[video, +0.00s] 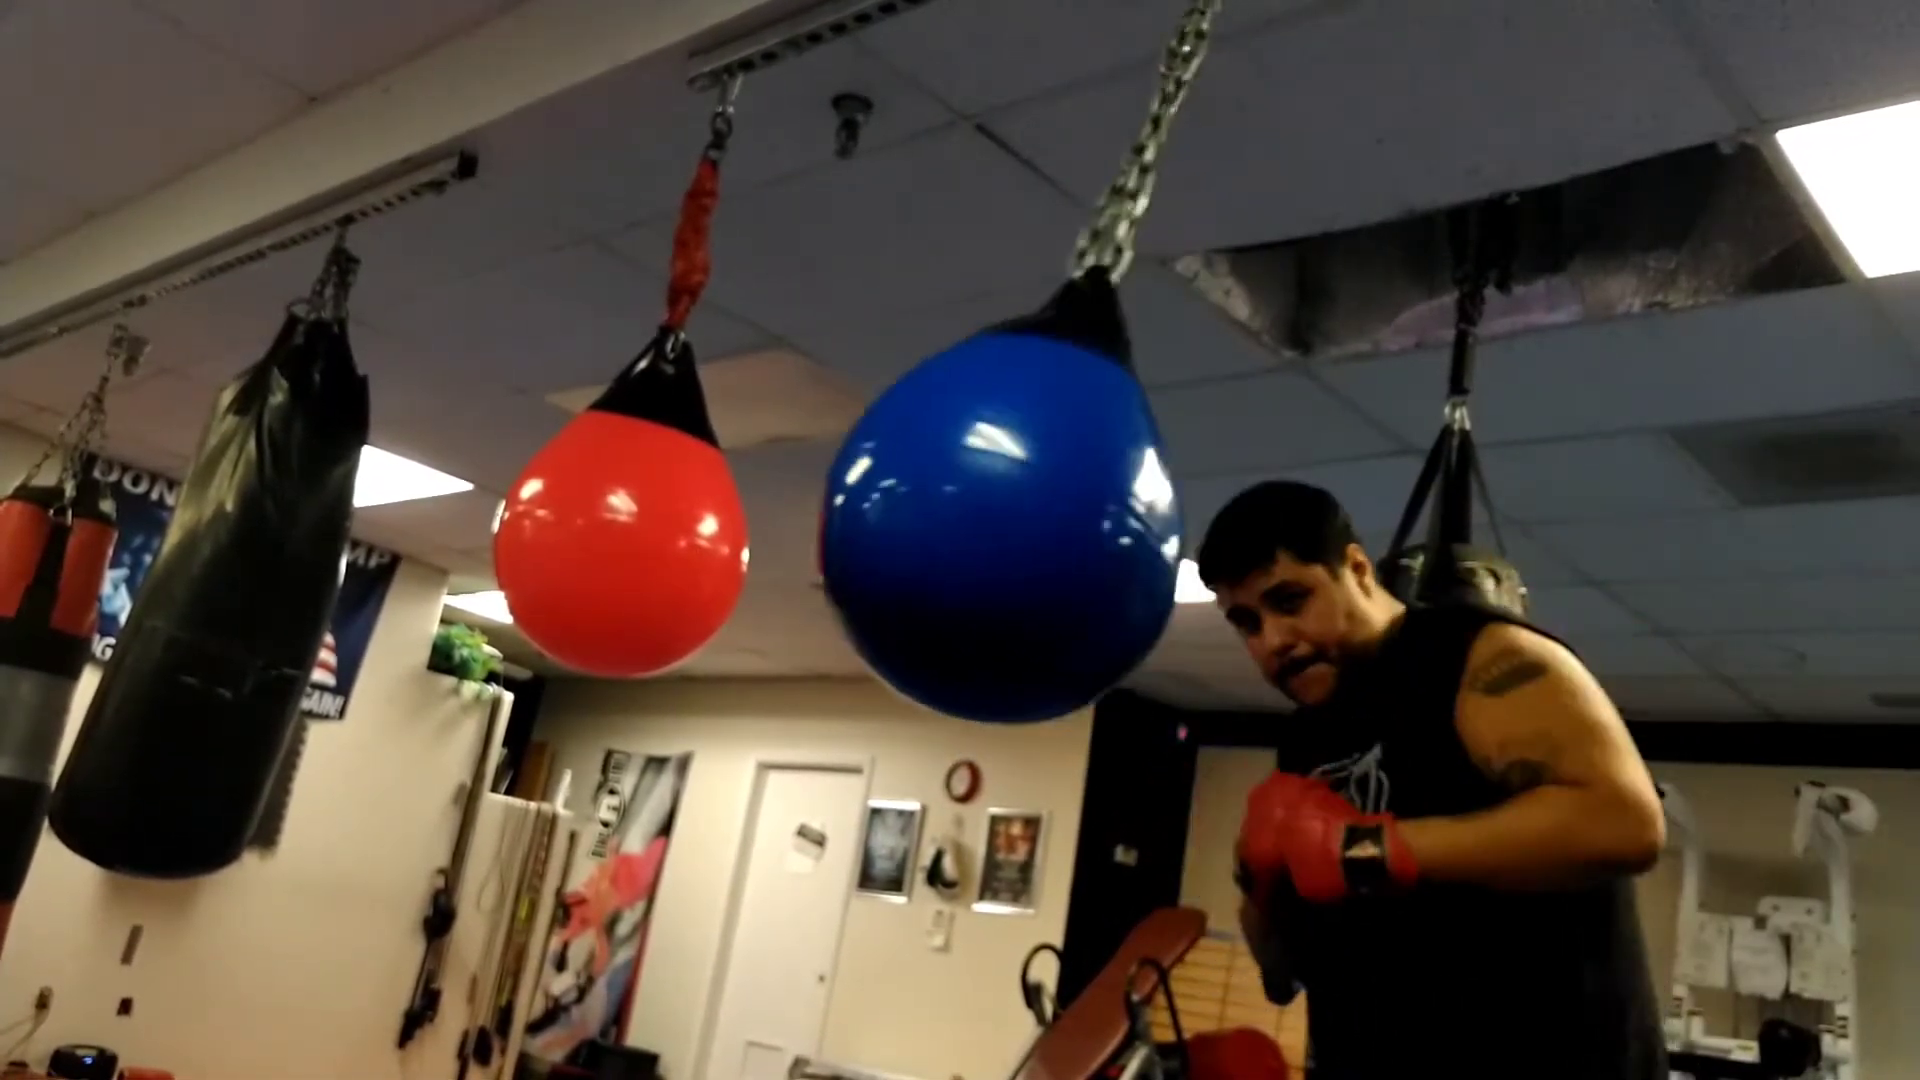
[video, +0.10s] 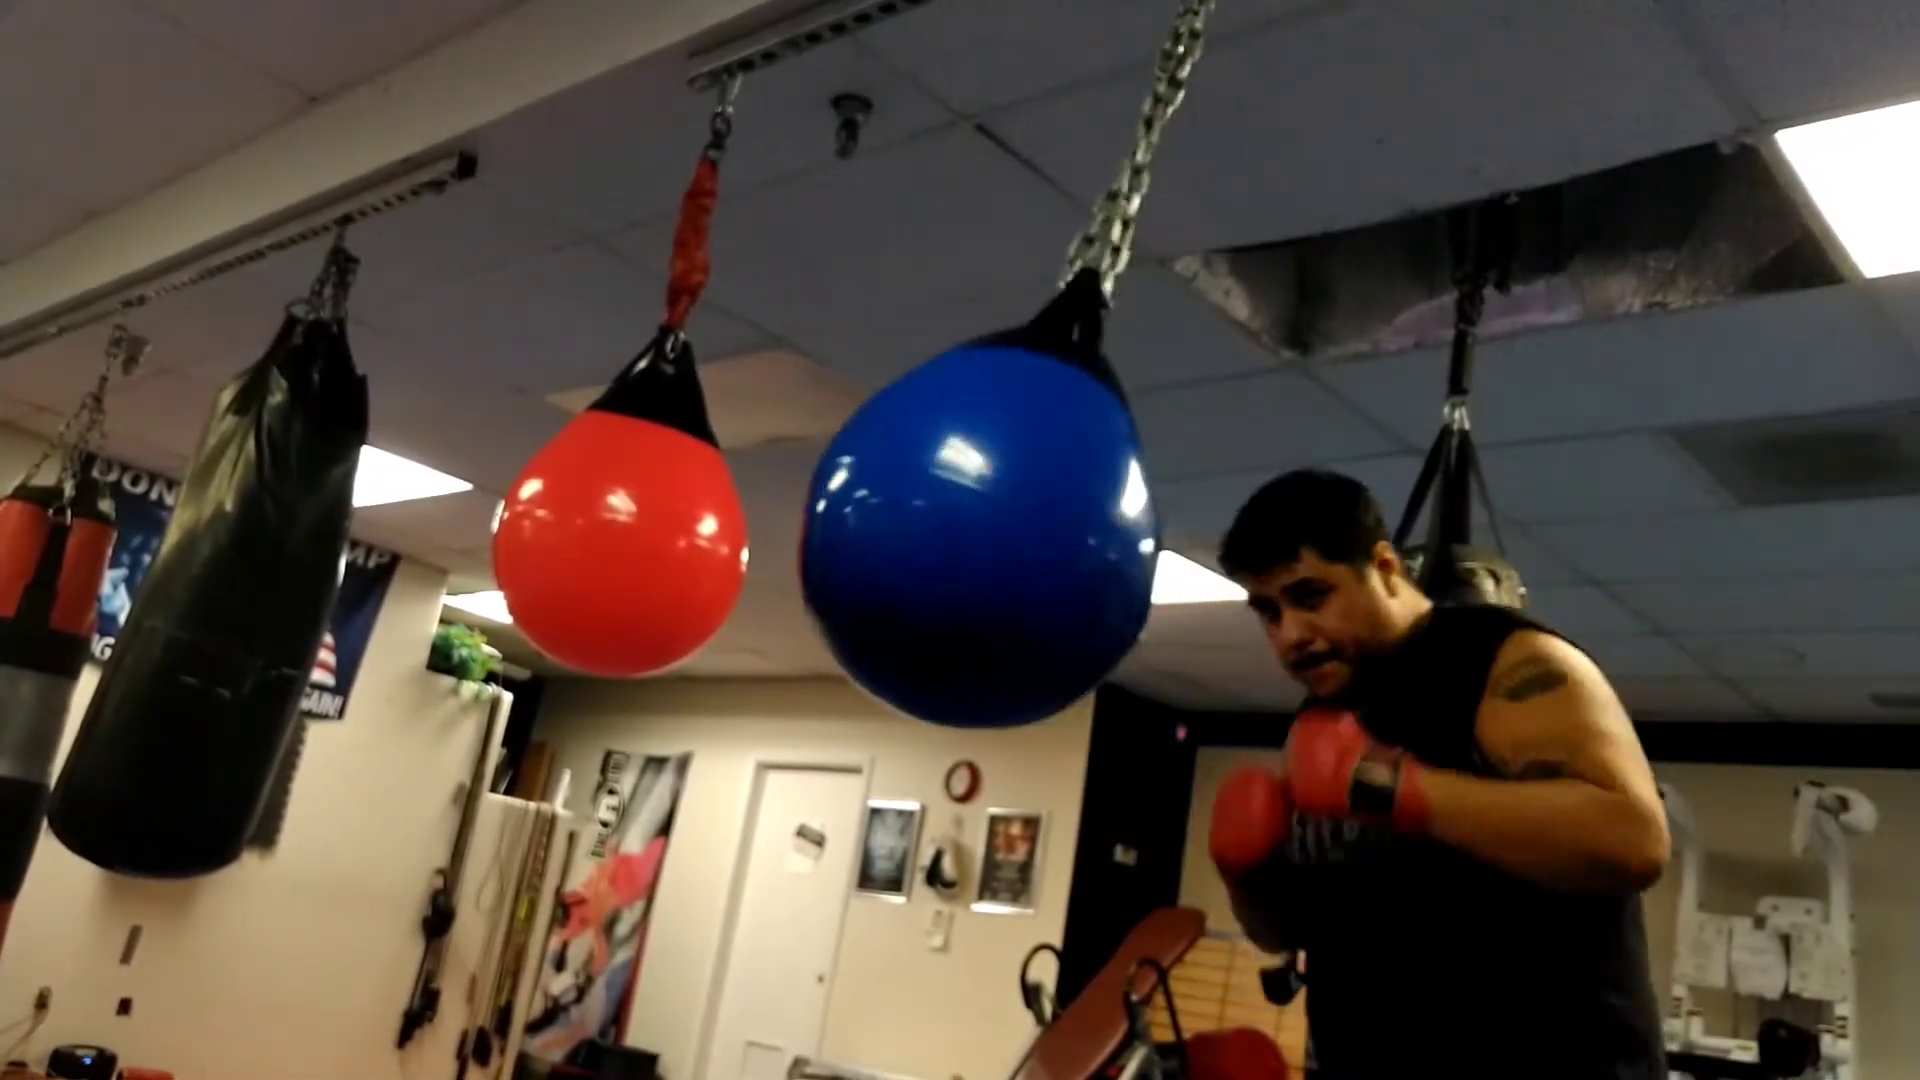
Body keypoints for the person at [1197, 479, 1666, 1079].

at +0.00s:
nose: (1274, 641)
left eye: (1291, 601)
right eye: (1247, 623)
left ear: (1357, 570)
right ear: (1234, 631)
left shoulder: (1493, 659)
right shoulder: (1310, 738)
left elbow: (1622, 818)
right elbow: (1281, 965)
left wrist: (1375, 847)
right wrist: (1267, 876)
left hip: (1551, 1078)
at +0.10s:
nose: (1289, 636)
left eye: (1310, 597)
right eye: (1268, 614)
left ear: (1386, 568)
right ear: (1254, 617)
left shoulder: (1522, 665)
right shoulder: (1327, 725)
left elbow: (1632, 838)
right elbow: (1280, 934)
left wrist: (1391, 782)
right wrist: (1251, 870)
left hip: (1552, 1072)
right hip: (1376, 1074)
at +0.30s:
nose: (1326, 634)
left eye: (1338, 602)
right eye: (1313, 612)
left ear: (1422, 561)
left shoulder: (1594, 689)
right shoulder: (1388, 660)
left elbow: (1573, 890)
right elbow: (1289, 641)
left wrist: (1389, 736)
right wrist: (1173, 639)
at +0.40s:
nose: (1365, 617)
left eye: (1383, 583)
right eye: (1351, 592)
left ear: (1472, 550)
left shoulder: (1617, 699)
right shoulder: (1391, 643)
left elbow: (1583, 904)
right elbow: (1283, 656)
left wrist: (1406, 755)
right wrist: (1225, 674)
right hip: (1394, 1064)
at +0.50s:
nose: (1404, 621)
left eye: (1432, 584)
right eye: (1383, 590)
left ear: (1519, 558)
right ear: (1368, 584)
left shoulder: (1641, 696)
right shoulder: (1385, 650)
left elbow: (1671, 922)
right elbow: (1237, 743)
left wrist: (1488, 792)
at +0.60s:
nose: (1407, 633)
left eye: (1438, 598)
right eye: (1387, 604)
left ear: (1520, 583)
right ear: (1369, 601)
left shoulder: (1653, 719)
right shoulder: (1374, 695)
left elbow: (1761, 925)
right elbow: (1255, 835)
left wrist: (1563, 882)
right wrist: (1291, 858)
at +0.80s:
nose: (1391, 647)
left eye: (1420, 618)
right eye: (1366, 619)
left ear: (1490, 600)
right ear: (1347, 613)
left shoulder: (1568, 670)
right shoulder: (1355, 722)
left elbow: (1655, 776)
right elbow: (1321, 907)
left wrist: (1443, 721)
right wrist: (1306, 824)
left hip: (1592, 1073)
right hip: (1411, 1073)